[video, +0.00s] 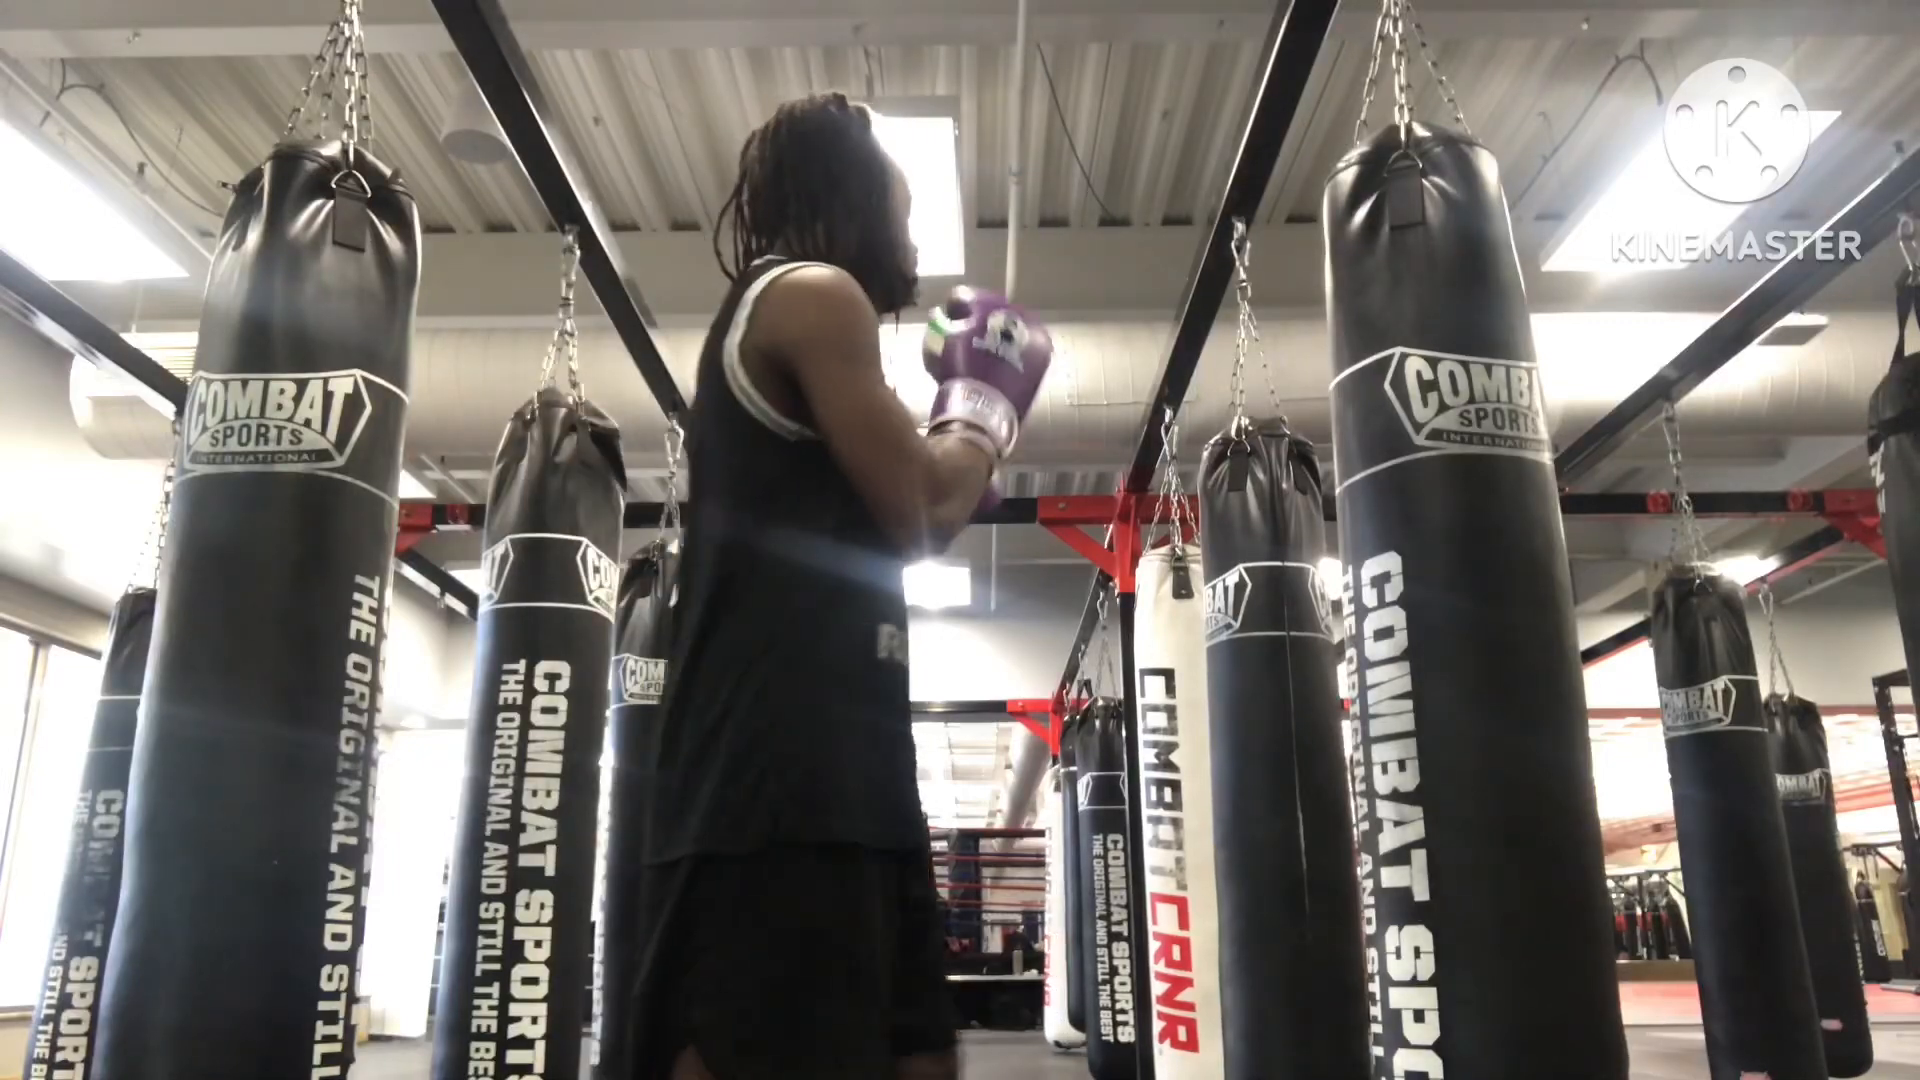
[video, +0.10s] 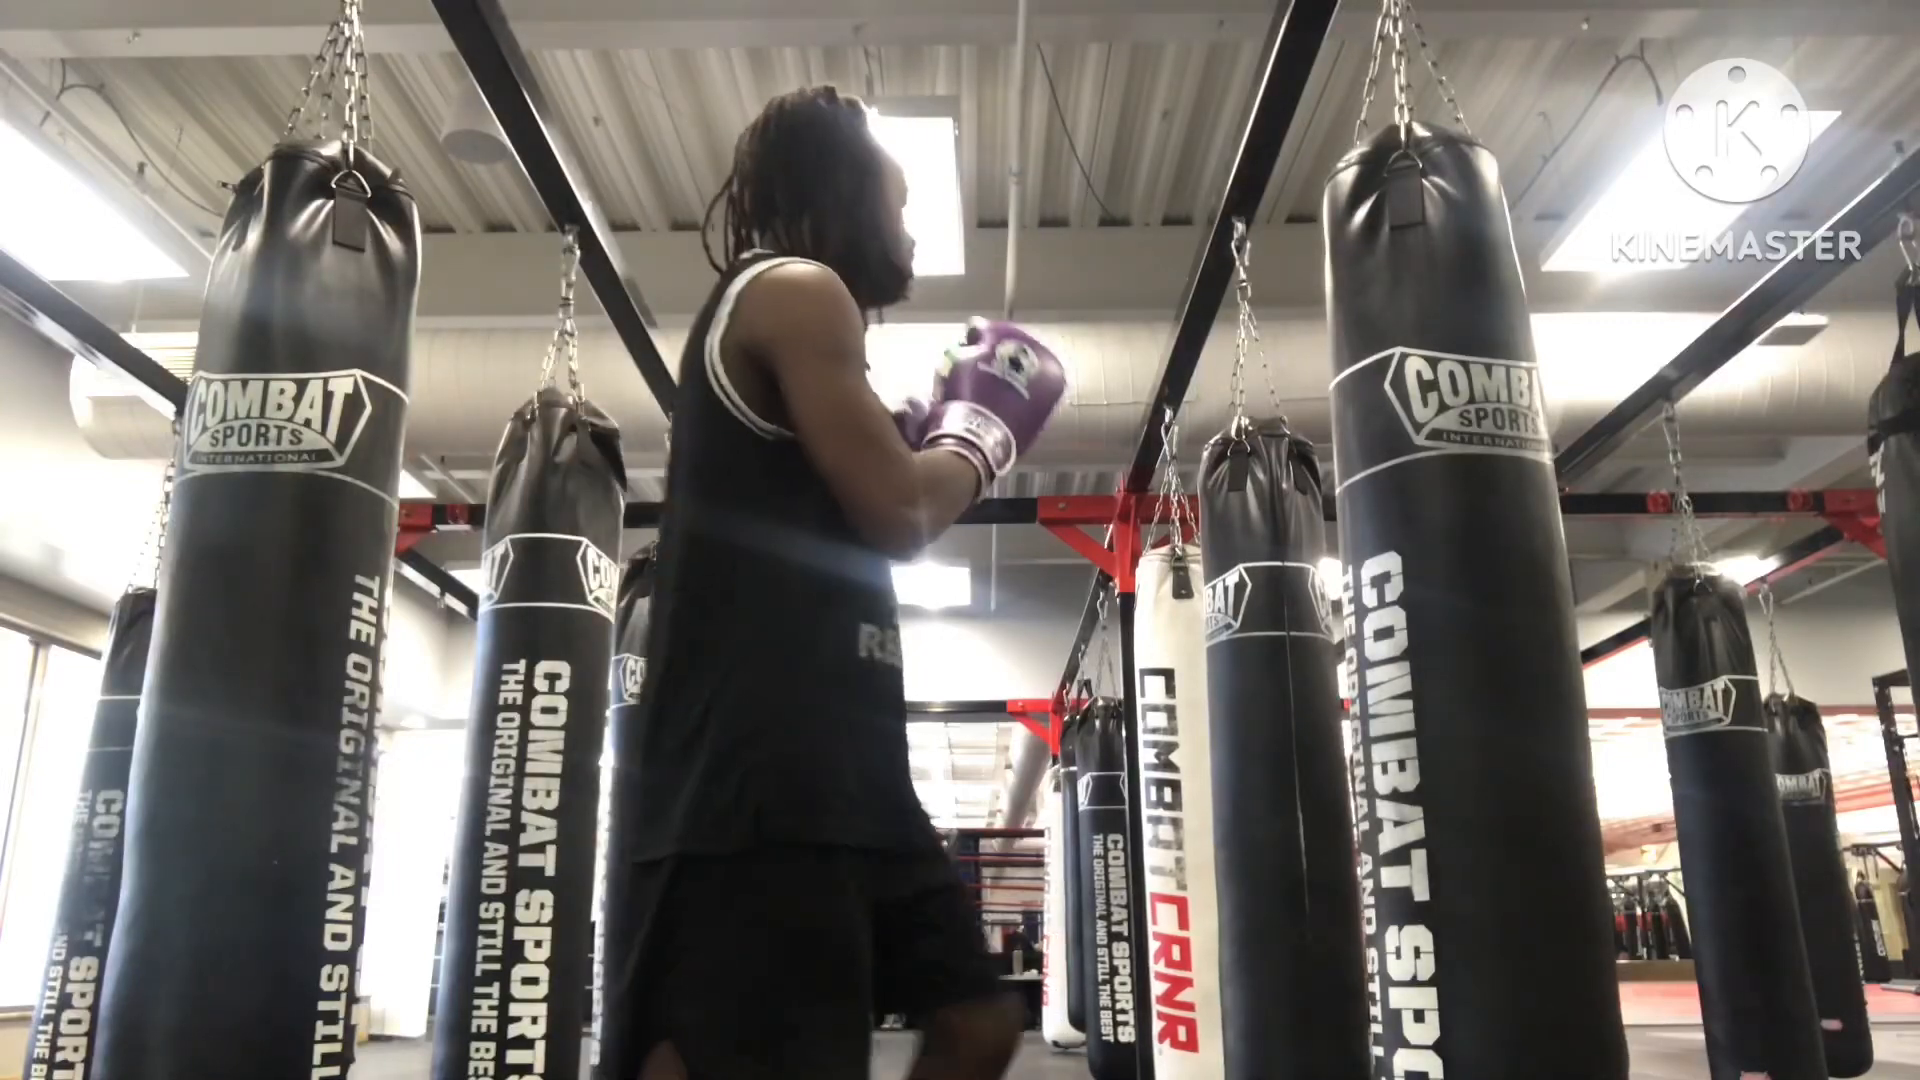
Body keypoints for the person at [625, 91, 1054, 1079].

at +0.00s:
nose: (910, 203)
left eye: (901, 180)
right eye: (894, 180)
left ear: (790, 197)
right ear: (853, 192)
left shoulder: (769, 308)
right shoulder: (815, 298)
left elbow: (923, 518)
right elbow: (911, 503)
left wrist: (973, 419)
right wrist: (981, 419)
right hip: (800, 742)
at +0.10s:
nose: (910, 213)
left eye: (902, 187)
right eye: (894, 186)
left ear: (789, 197)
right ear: (844, 193)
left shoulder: (752, 302)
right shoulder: (799, 295)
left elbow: (832, 489)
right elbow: (899, 509)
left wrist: (931, 420)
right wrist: (992, 425)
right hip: (781, 762)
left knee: (979, 1021)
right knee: (704, 1046)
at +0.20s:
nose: (905, 197)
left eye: (897, 173)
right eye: (889, 172)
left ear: (780, 185)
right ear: (841, 181)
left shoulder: (745, 294)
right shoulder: (797, 286)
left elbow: (765, 499)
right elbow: (892, 510)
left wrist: (871, 412)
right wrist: (983, 437)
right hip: (763, 737)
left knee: (993, 999)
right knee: (677, 1042)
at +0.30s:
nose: (904, 191)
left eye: (897, 167)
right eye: (889, 168)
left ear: (772, 179)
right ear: (851, 178)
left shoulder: (744, 292)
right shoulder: (810, 280)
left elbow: (774, 473)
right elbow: (891, 507)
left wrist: (880, 384)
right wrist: (971, 439)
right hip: (788, 701)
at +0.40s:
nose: (911, 197)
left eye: (902, 173)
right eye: (894, 174)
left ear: (786, 193)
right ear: (860, 187)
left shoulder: (764, 302)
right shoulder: (822, 290)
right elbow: (909, 510)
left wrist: (914, 407)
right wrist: (970, 424)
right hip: (812, 706)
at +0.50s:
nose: (930, 213)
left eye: (923, 190)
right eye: (917, 190)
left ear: (807, 200)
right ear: (884, 197)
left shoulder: (794, 308)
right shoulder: (840, 296)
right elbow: (952, 512)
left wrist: (1003, 477)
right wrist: (996, 438)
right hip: (829, 767)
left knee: (1044, 1025)